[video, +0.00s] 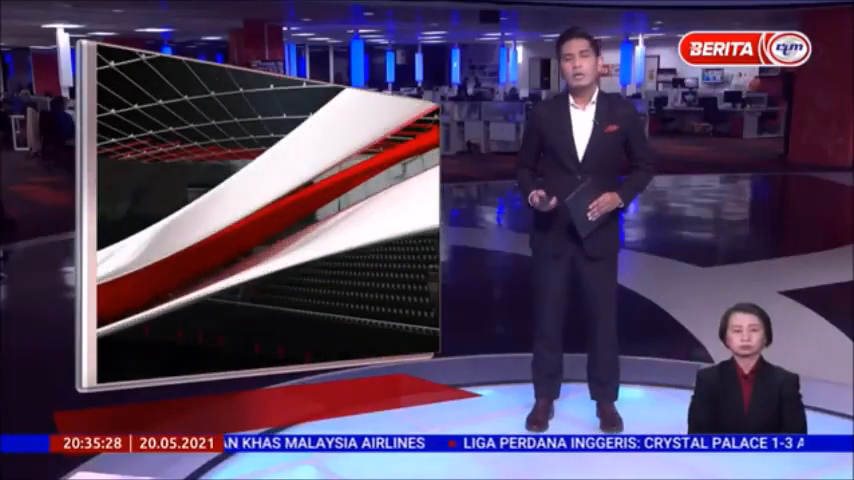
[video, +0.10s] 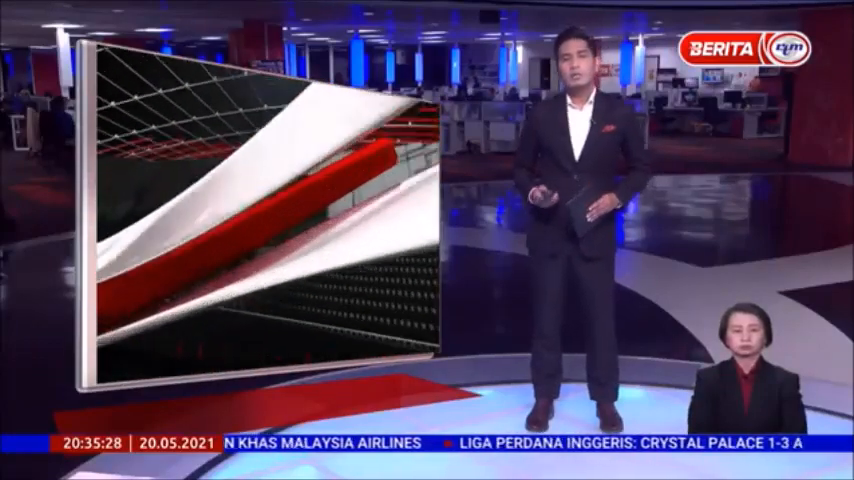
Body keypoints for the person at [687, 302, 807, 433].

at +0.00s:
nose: (745, 338)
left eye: (754, 330)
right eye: (737, 330)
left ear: (766, 337)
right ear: (725, 339)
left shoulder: (785, 382)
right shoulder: (708, 379)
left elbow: (796, 438)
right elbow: (698, 435)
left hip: (771, 465)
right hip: (719, 463)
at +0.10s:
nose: (745, 338)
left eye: (754, 330)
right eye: (737, 330)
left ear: (766, 337)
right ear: (725, 339)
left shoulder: (785, 382)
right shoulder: (708, 379)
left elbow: (796, 438)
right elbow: (698, 435)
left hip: (771, 465)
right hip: (720, 463)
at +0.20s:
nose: (746, 338)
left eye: (754, 330)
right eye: (737, 331)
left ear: (766, 337)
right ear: (726, 339)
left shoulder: (785, 382)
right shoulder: (708, 379)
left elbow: (796, 438)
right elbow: (698, 436)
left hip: (771, 465)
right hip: (719, 463)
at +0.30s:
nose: (747, 338)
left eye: (755, 330)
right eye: (738, 331)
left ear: (766, 337)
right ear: (726, 339)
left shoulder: (786, 382)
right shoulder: (708, 379)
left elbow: (796, 437)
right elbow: (698, 435)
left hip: (772, 465)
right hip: (720, 464)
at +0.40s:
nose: (747, 338)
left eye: (755, 330)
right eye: (738, 331)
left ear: (766, 337)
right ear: (726, 339)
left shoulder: (786, 382)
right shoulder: (708, 379)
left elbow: (796, 437)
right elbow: (697, 436)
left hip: (771, 465)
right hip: (719, 463)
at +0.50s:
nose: (747, 338)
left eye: (755, 330)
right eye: (738, 331)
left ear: (766, 337)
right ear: (726, 339)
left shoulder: (786, 382)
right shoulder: (708, 379)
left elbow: (797, 437)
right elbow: (697, 435)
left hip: (771, 465)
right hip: (719, 463)